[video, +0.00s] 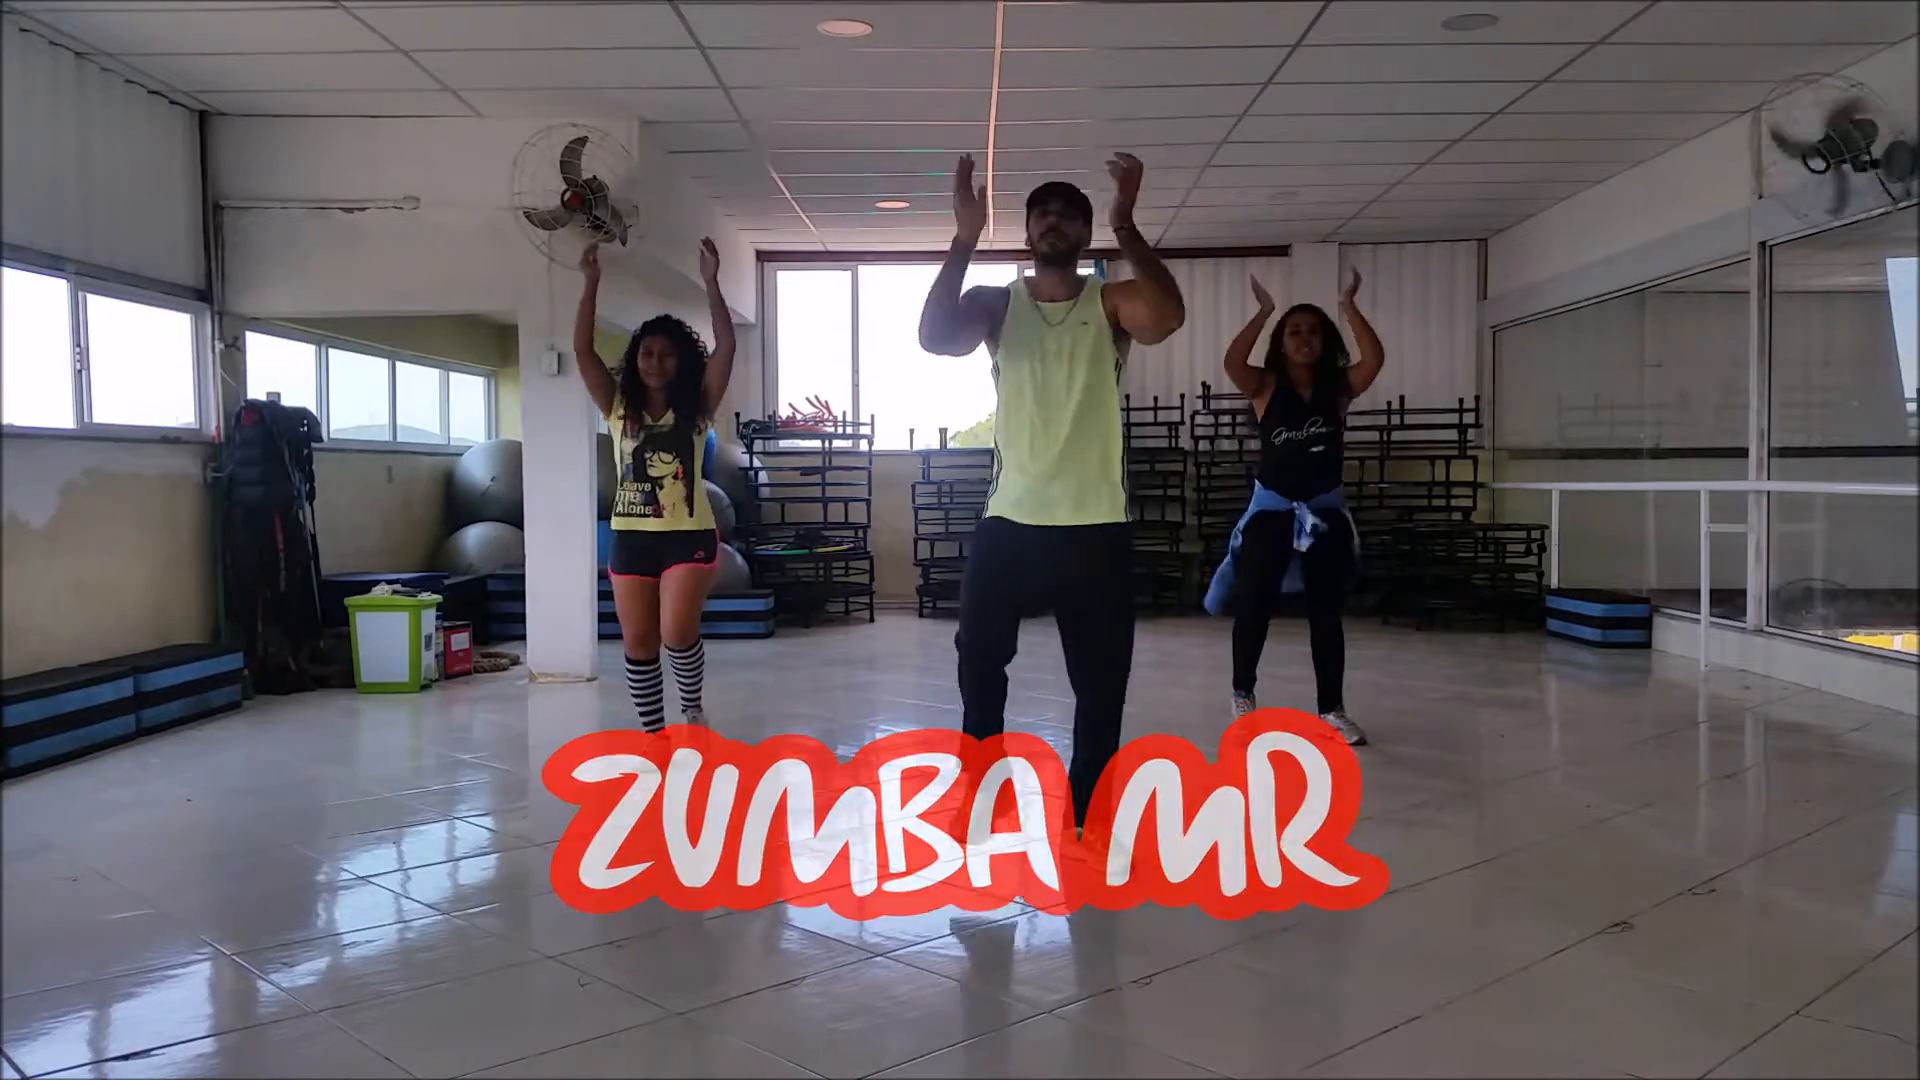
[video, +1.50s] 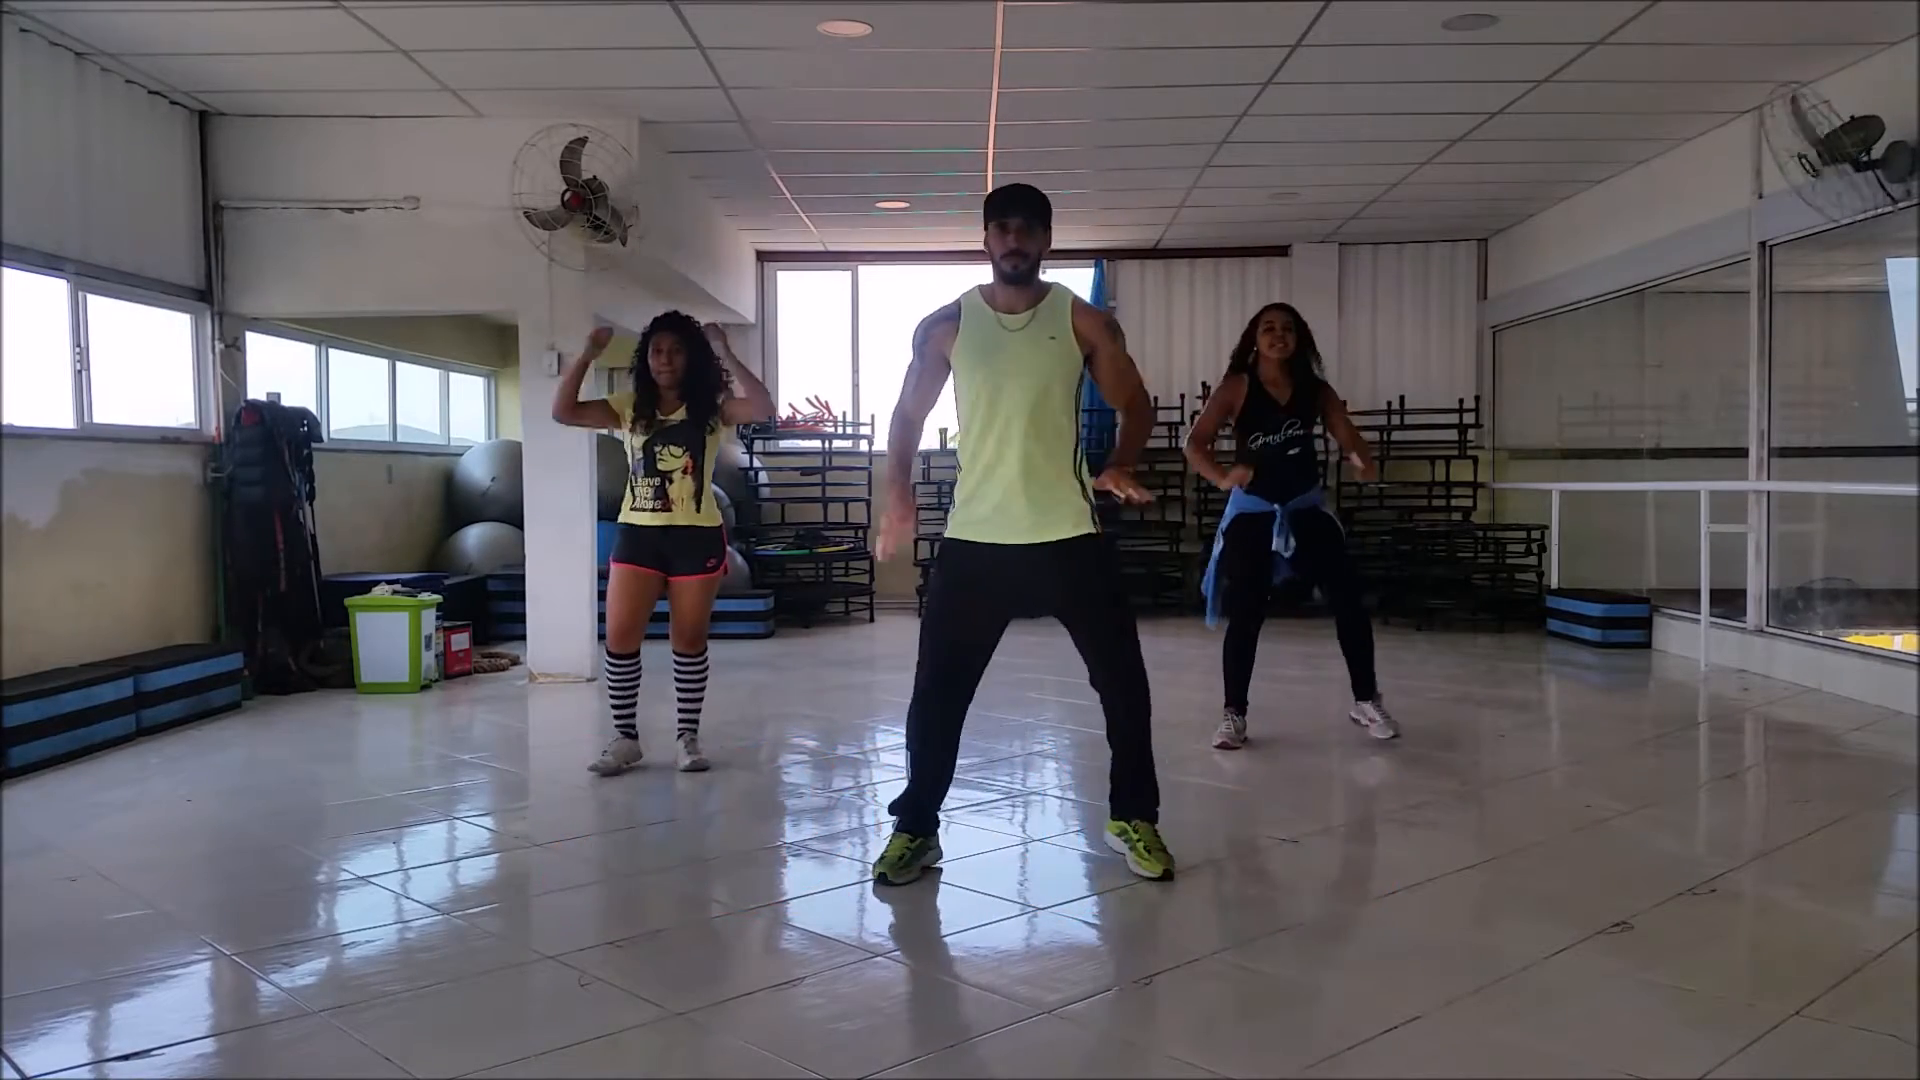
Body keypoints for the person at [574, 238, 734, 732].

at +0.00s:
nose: (655, 362)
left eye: (666, 355)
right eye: (647, 353)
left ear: (682, 363)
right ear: (635, 360)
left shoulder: (697, 407)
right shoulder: (617, 406)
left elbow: (725, 345)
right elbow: (584, 349)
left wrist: (711, 284)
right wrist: (590, 283)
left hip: (688, 541)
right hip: (631, 542)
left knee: (678, 634)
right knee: (638, 644)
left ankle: (692, 720)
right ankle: (654, 739)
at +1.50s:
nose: (664, 359)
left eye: (674, 351)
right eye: (656, 351)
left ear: (691, 360)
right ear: (645, 358)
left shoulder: (711, 412)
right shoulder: (628, 410)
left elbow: (763, 408)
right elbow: (564, 410)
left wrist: (726, 355)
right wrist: (588, 352)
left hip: (696, 540)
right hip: (637, 538)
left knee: (689, 641)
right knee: (620, 640)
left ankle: (688, 739)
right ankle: (626, 740)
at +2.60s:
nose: (677, 385)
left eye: (686, 377)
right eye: (669, 378)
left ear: (706, 384)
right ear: (660, 387)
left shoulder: (726, 442)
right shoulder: (646, 440)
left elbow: (749, 507)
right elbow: (631, 496)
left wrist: (765, 563)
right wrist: (598, 536)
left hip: (719, 563)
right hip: (655, 563)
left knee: (767, 648)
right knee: (610, 654)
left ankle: (767, 744)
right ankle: (623, 745)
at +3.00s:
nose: (689, 388)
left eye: (701, 382)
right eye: (682, 381)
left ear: (718, 392)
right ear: (672, 389)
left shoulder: (734, 449)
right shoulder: (651, 446)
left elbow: (756, 509)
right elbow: (630, 510)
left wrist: (772, 556)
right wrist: (608, 568)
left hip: (724, 567)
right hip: (662, 566)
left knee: (765, 653)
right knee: (613, 653)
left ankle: (767, 744)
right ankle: (624, 746)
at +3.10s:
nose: (693, 385)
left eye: (704, 379)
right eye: (686, 378)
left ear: (722, 390)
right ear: (676, 386)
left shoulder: (734, 447)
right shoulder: (652, 438)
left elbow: (755, 510)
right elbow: (628, 497)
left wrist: (775, 559)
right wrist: (616, 558)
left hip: (728, 564)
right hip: (665, 566)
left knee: (766, 649)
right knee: (612, 651)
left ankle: (767, 745)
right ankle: (623, 745)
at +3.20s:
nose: (694, 380)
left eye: (705, 374)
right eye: (686, 373)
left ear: (722, 385)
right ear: (676, 381)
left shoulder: (734, 439)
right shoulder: (654, 429)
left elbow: (753, 504)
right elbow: (627, 487)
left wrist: (775, 560)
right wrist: (616, 545)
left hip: (729, 560)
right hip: (667, 563)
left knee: (766, 647)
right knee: (616, 652)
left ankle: (767, 744)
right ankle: (624, 745)